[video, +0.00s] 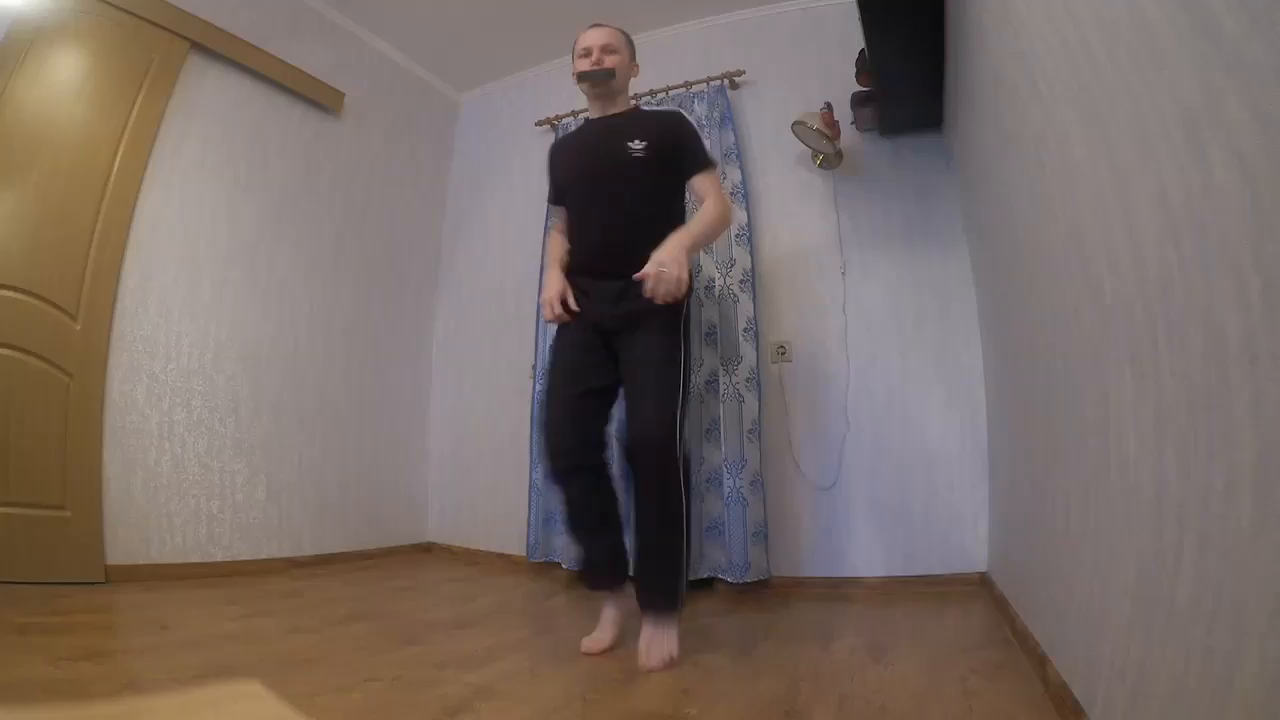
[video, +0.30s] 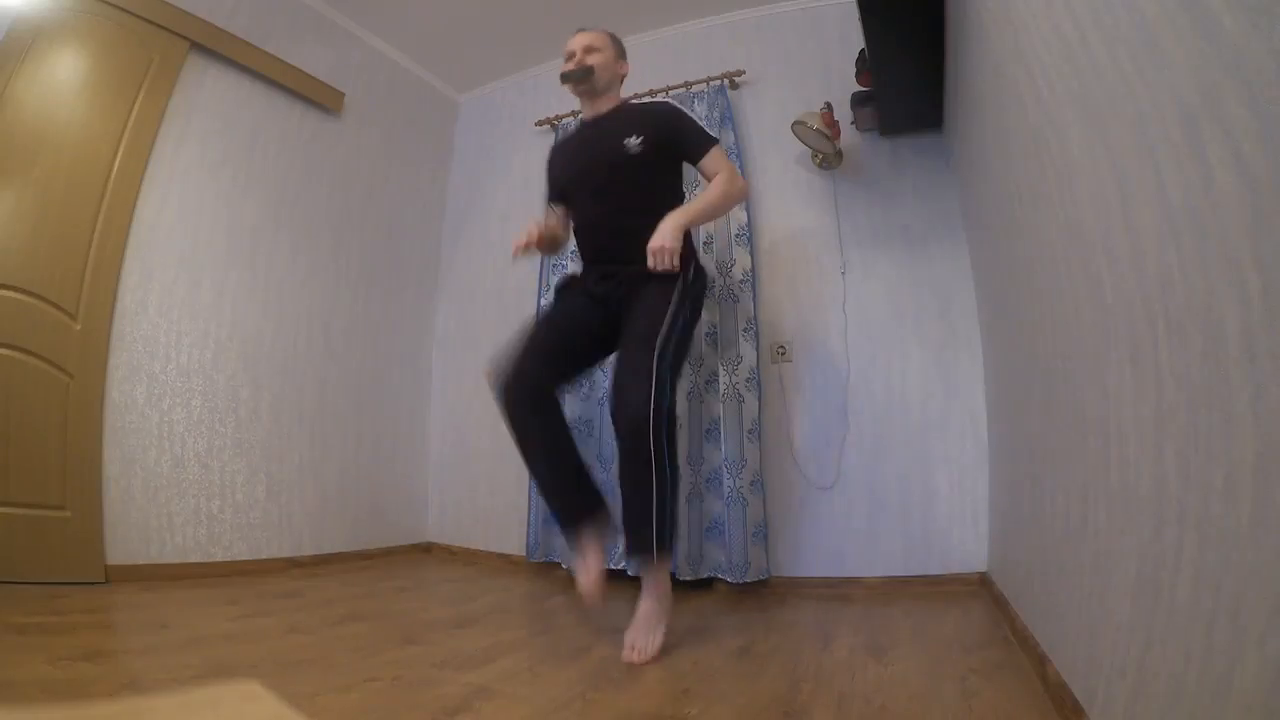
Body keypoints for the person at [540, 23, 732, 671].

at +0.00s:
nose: (594, 59)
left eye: (607, 51)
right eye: (583, 53)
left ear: (633, 67)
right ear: (574, 71)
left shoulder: (668, 127)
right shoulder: (564, 148)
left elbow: (718, 206)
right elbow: (559, 227)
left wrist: (680, 245)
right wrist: (553, 271)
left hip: (653, 311)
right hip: (585, 314)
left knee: (652, 444)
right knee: (568, 448)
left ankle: (660, 607)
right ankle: (614, 592)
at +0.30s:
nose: (575, 58)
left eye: (589, 50)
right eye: (567, 55)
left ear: (621, 68)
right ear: (564, 77)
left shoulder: (657, 118)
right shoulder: (564, 150)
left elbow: (731, 184)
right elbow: (560, 226)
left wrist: (677, 220)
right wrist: (543, 234)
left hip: (665, 281)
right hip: (598, 288)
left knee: (637, 403)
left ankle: (655, 582)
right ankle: (586, 523)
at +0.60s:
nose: (592, 73)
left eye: (605, 62)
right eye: (582, 68)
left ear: (635, 78)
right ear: (575, 88)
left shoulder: (670, 146)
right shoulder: (561, 157)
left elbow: (714, 221)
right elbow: (544, 224)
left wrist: (657, 223)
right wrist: (540, 243)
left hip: (651, 281)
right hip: (583, 293)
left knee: (626, 326)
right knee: (590, 439)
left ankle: (644, 508)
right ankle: (609, 592)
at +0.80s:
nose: (586, 68)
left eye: (600, 59)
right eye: (579, 64)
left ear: (631, 78)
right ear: (575, 86)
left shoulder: (668, 131)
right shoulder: (568, 153)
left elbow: (725, 198)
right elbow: (549, 237)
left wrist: (670, 217)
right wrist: (540, 223)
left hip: (663, 274)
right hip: (599, 284)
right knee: (553, 409)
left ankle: (646, 521)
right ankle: (589, 561)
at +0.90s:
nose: (589, 73)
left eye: (605, 66)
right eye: (583, 69)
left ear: (634, 87)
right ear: (579, 96)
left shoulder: (662, 139)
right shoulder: (587, 168)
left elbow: (720, 206)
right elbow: (598, 255)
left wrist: (636, 207)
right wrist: (552, 260)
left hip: (661, 302)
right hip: (603, 301)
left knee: (655, 446)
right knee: (502, 311)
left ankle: (669, 600)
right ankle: (564, 452)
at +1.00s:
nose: (601, 90)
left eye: (616, 81)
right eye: (594, 86)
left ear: (647, 101)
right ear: (588, 110)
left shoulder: (665, 149)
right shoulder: (596, 180)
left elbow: (690, 203)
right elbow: (611, 270)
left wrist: (590, 161)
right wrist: (566, 266)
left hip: (663, 325)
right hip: (607, 315)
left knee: (663, 465)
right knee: (501, 304)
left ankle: (674, 604)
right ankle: (556, 444)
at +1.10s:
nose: (609, 65)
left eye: (623, 59)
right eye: (601, 62)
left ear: (650, 82)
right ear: (594, 87)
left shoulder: (677, 135)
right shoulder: (586, 150)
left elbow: (710, 207)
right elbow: (588, 223)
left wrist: (621, 165)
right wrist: (574, 248)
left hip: (663, 290)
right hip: (600, 293)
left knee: (641, 410)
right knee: (547, 412)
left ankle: (667, 572)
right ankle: (596, 551)